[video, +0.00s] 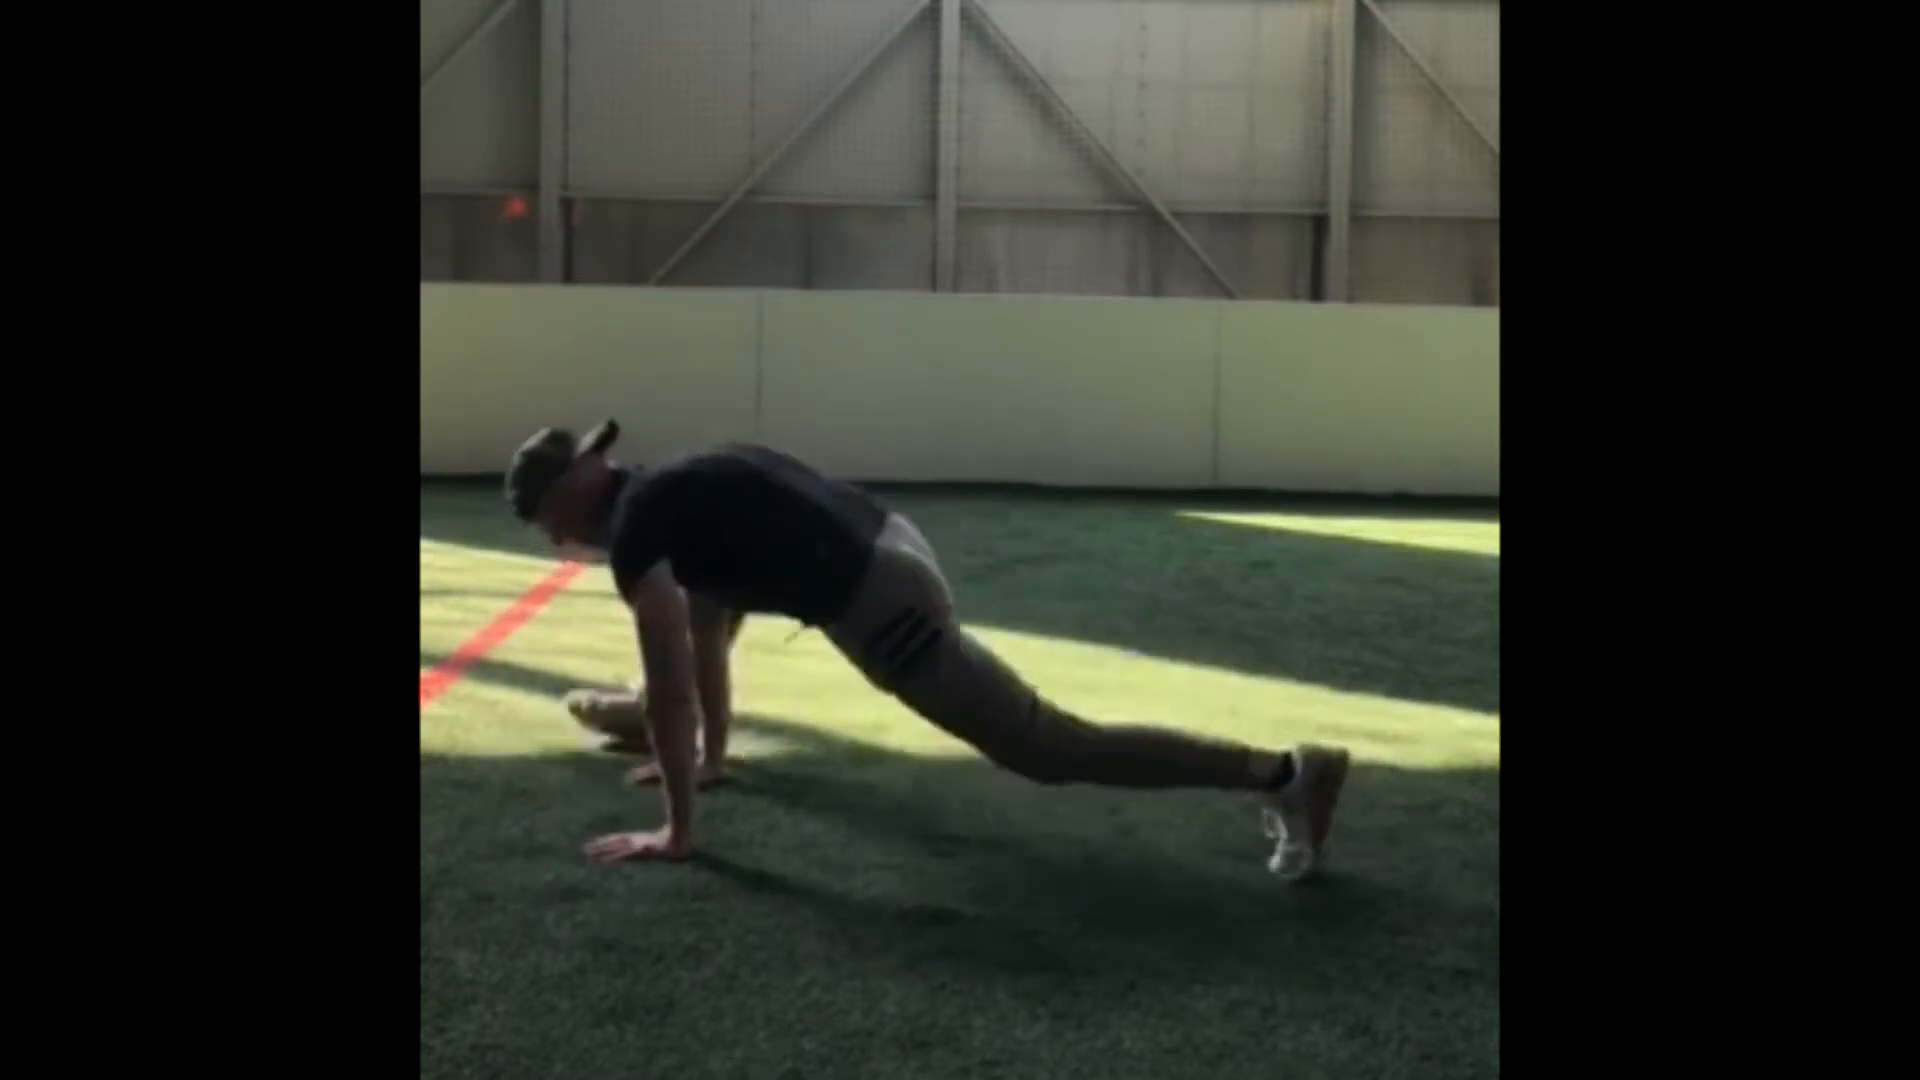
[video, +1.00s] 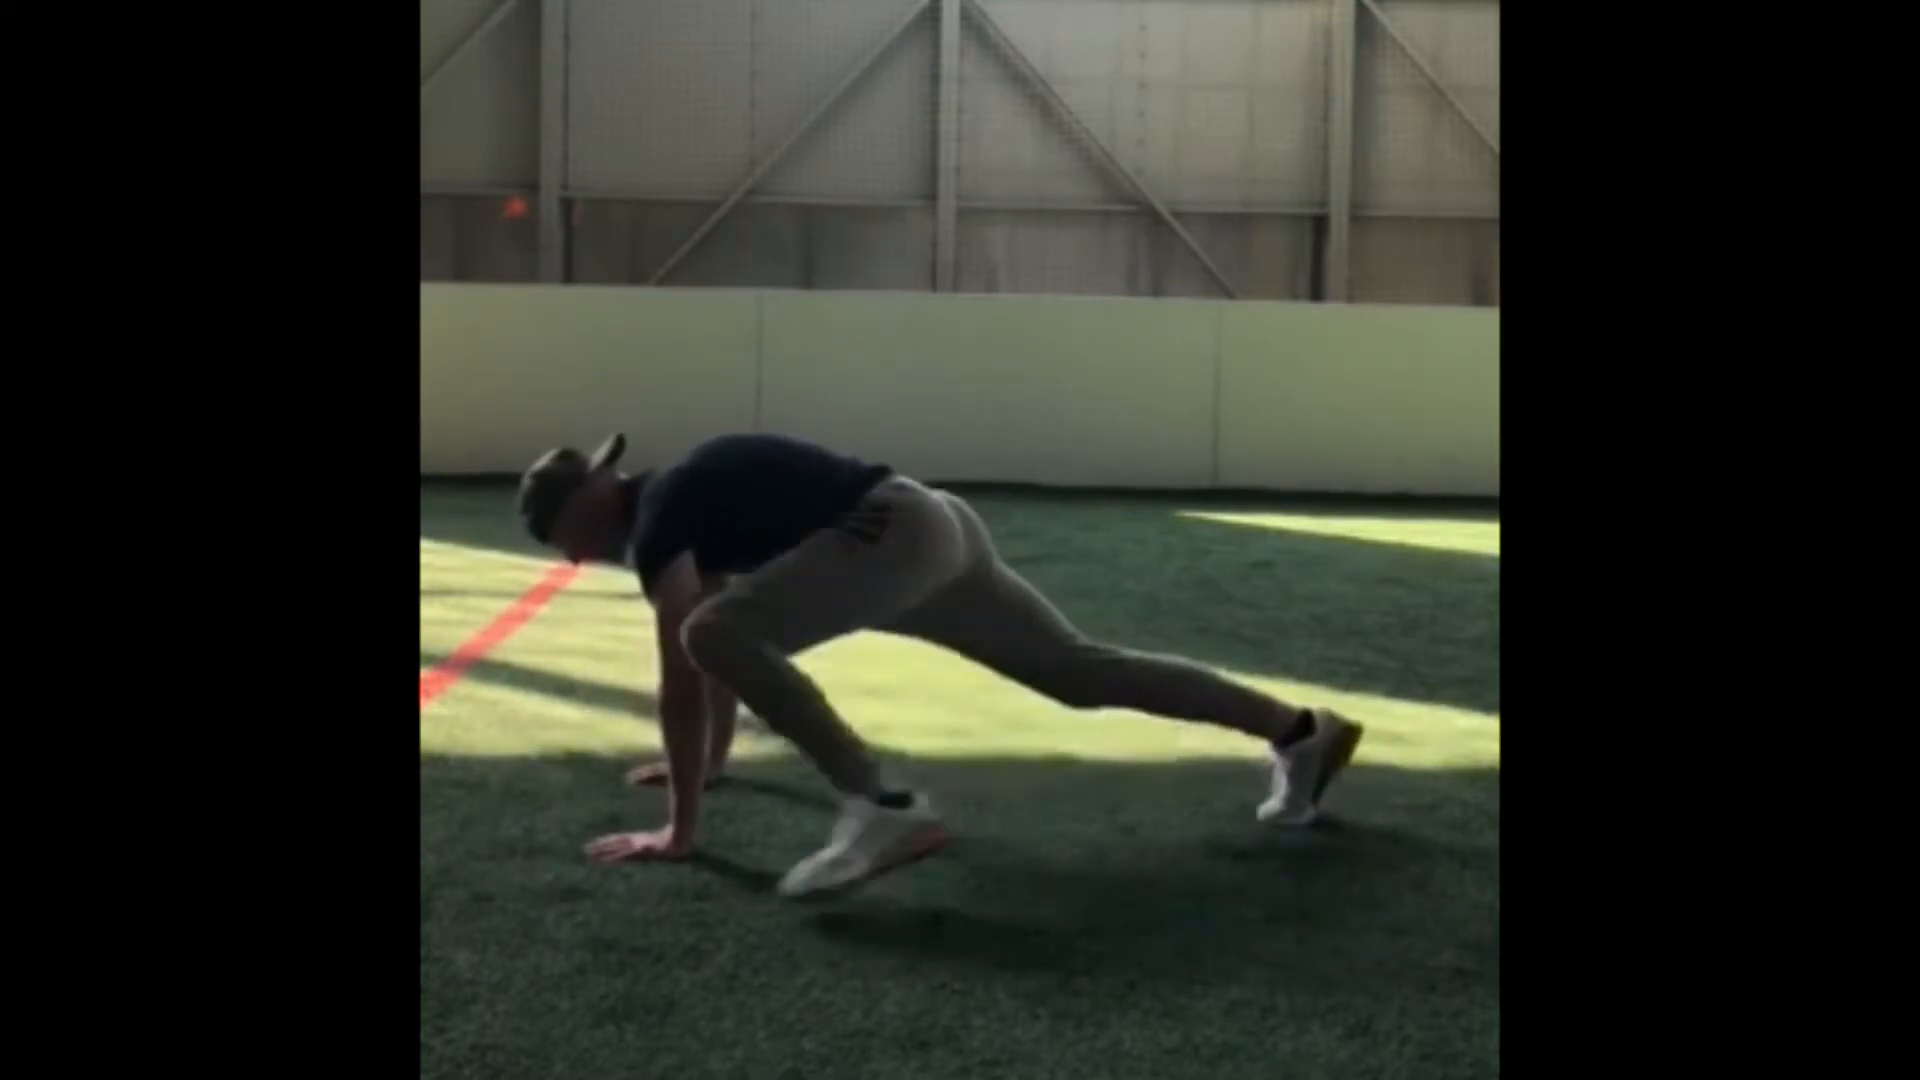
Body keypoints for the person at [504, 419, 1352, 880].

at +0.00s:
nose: (555, 540)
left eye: (548, 525)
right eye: (545, 527)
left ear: (577, 495)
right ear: (600, 472)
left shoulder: (637, 533)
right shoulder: (682, 485)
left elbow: (674, 691)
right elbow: (710, 643)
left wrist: (676, 832)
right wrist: (700, 738)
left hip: (879, 598)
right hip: (894, 545)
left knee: (1042, 747)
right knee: (692, 585)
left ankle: (1284, 779)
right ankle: (688, 726)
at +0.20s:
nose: (575, 543)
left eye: (568, 529)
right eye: (566, 530)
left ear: (591, 499)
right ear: (614, 473)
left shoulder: (650, 532)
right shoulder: (700, 484)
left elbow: (686, 690)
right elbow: (718, 643)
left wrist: (677, 832)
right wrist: (690, 732)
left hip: (894, 614)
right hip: (902, 561)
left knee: (1059, 767)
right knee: (713, 599)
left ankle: (1295, 785)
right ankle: (691, 736)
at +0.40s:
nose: (574, 561)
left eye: (566, 545)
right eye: (564, 549)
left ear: (587, 512)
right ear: (609, 488)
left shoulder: (645, 536)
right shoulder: (693, 496)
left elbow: (674, 691)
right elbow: (717, 660)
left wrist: (677, 830)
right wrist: (704, 766)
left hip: (917, 549)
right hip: (918, 490)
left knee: (1091, 687)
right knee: (757, 573)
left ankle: (1330, 779)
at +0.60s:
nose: (570, 562)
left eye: (562, 546)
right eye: (559, 551)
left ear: (580, 511)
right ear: (597, 489)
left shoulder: (642, 534)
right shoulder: (682, 501)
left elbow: (669, 694)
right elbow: (718, 652)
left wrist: (677, 829)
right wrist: (710, 752)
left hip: (914, 557)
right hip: (911, 540)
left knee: (1097, 687)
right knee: (970, 716)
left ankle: (1340, 780)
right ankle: (1166, 681)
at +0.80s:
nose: (583, 561)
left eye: (574, 546)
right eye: (572, 551)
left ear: (593, 511)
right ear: (613, 489)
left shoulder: (652, 536)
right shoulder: (698, 502)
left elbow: (676, 696)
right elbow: (732, 661)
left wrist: (679, 833)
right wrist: (710, 760)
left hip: (919, 581)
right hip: (940, 540)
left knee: (1038, 774)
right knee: (1073, 709)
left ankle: (1283, 760)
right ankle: (1282, 739)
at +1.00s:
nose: (579, 562)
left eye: (569, 547)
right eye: (568, 552)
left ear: (589, 512)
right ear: (607, 494)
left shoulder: (654, 523)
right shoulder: (683, 502)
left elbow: (678, 678)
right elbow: (717, 657)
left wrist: (678, 827)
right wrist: (694, 765)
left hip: (887, 537)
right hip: (935, 529)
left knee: (714, 635)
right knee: (1077, 675)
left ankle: (878, 814)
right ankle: (1299, 734)